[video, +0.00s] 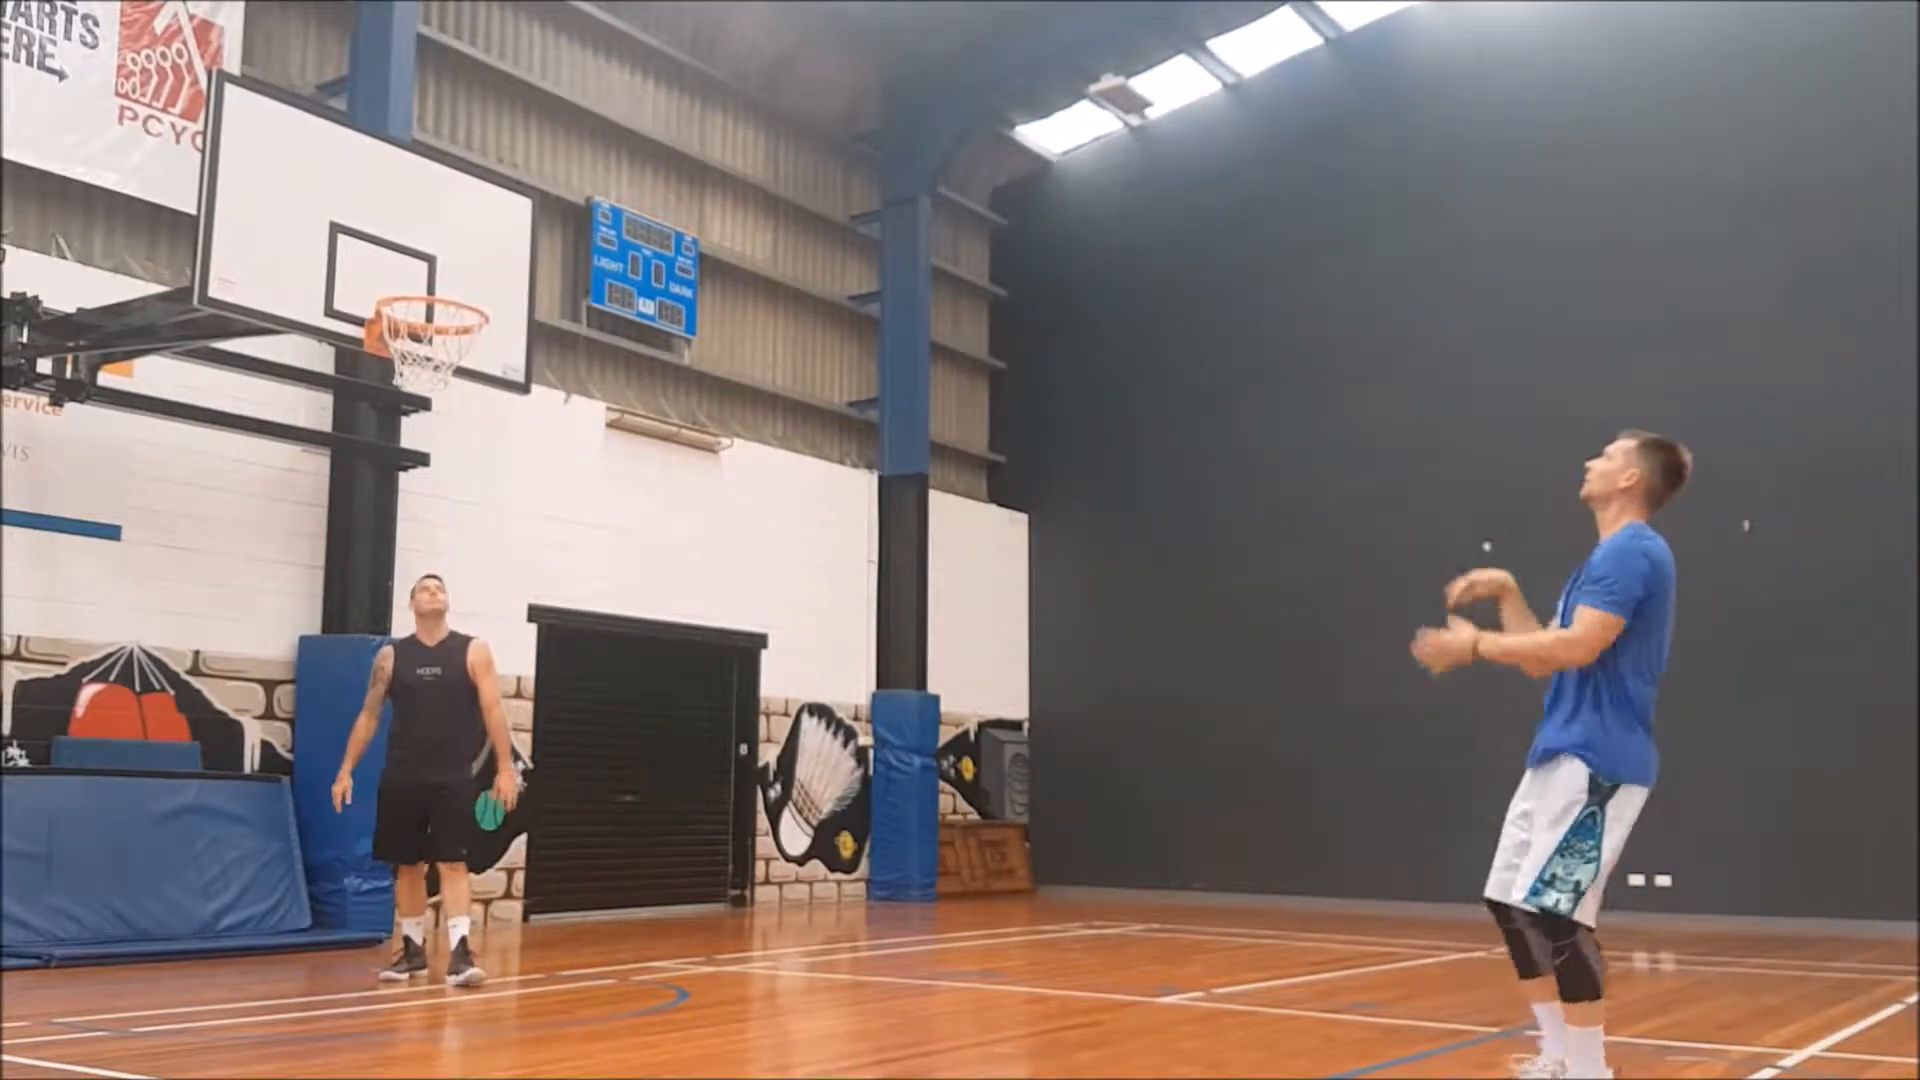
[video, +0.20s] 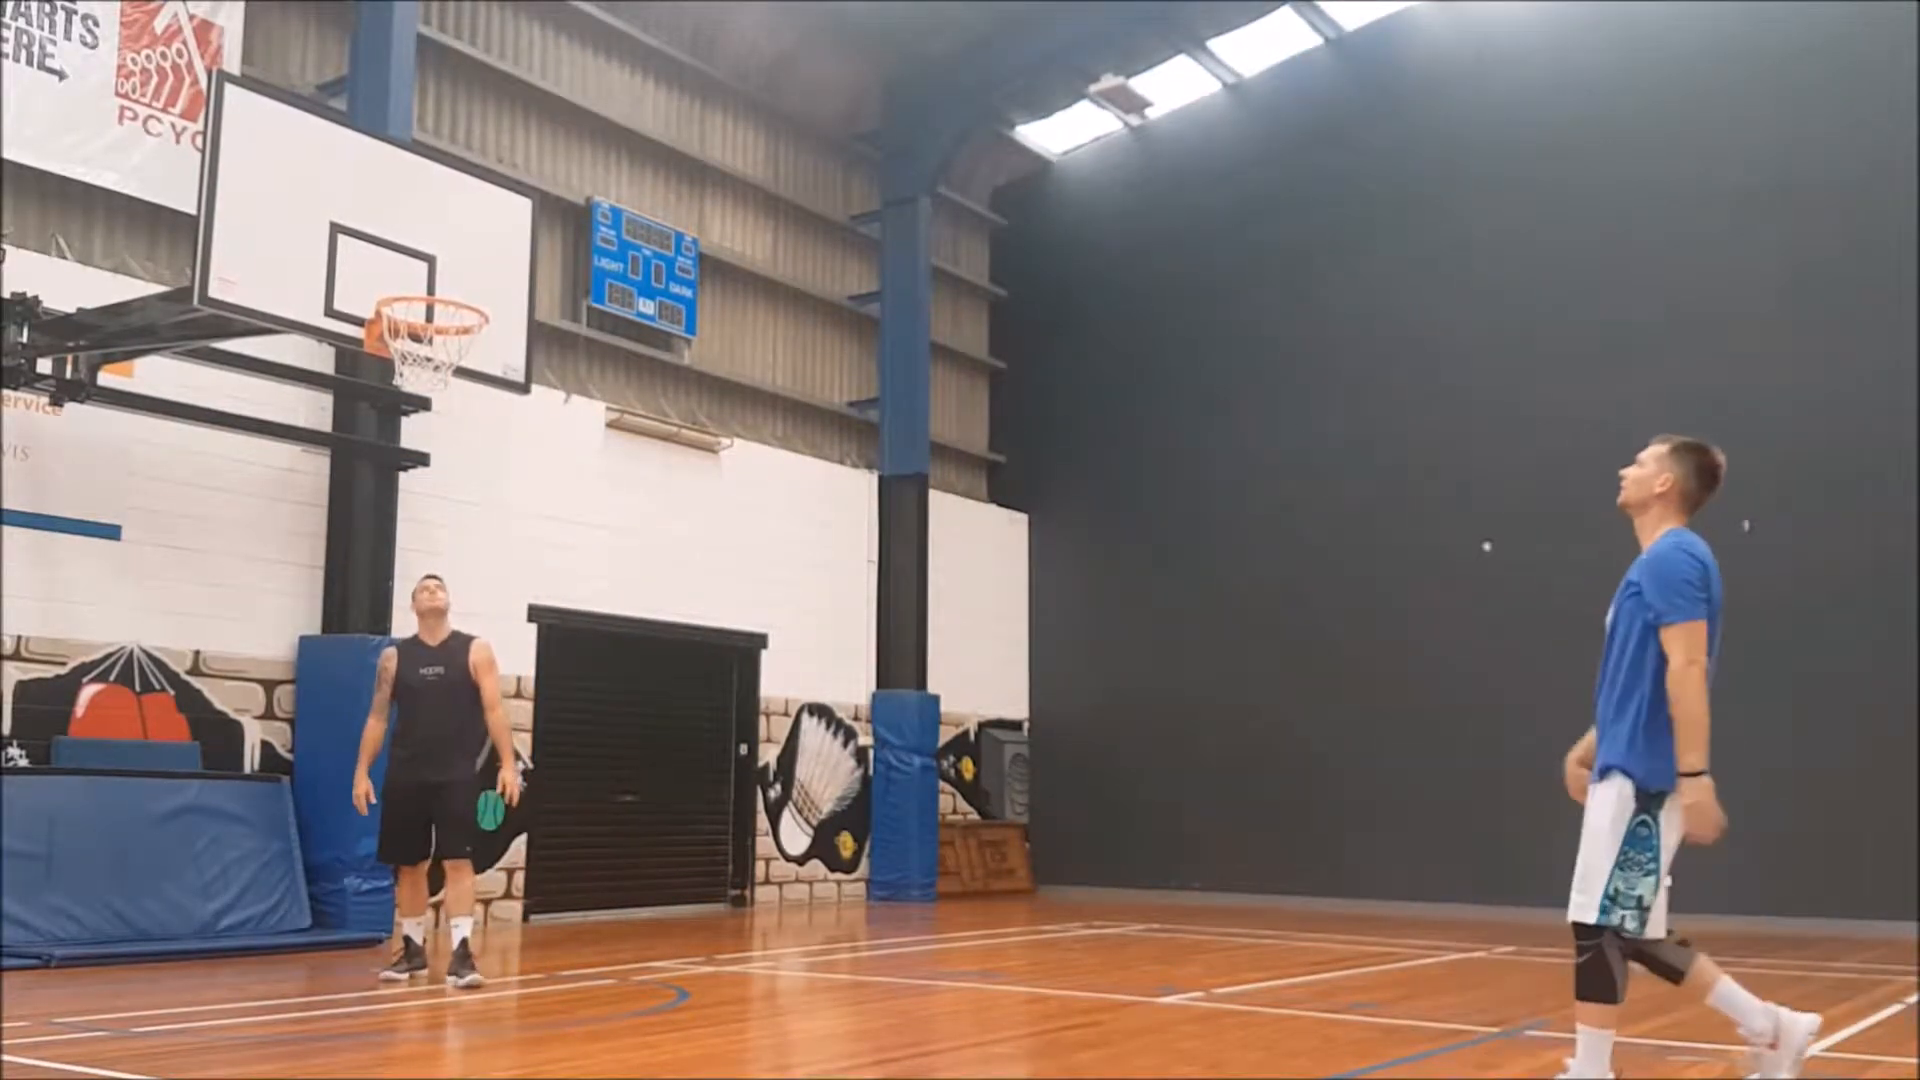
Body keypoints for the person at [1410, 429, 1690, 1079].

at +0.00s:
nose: (1590, 463)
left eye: (1603, 455)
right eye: (1598, 453)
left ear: (1629, 476)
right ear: (1625, 478)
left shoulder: (1634, 550)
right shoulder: (1601, 559)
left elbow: (1580, 646)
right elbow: (1543, 657)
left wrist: (1475, 643)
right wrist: (1509, 594)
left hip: (1603, 761)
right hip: (1560, 754)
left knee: (1551, 911)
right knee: (1509, 901)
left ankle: (1589, 1069)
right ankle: (1558, 1057)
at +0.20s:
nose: (1624, 470)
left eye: (1637, 462)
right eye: (1632, 460)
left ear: (1663, 482)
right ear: (1664, 485)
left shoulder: (1671, 557)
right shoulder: (1661, 558)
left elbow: (1686, 669)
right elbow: (1646, 681)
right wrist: (1587, 747)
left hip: (1638, 776)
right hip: (1639, 774)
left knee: (1595, 924)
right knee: (1637, 933)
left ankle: (1588, 1070)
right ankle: (1771, 1027)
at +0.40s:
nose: (1670, 482)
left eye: (1684, 473)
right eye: (1678, 472)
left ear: (1713, 492)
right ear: (1716, 495)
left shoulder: (1729, 558)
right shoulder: (1719, 562)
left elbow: (1786, 656)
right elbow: (1780, 661)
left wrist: (1826, 760)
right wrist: (1827, 762)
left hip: (1725, 785)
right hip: (1750, 785)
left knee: (1664, 929)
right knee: (1771, 937)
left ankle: (1608, 1068)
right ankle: (1868, 1066)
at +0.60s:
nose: (1722, 476)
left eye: (1735, 465)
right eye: (1729, 465)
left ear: (1766, 479)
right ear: (1774, 481)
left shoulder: (1783, 545)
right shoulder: (1806, 544)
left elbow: (1809, 648)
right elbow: (1822, 651)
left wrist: (1801, 757)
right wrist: (1802, 759)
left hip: (1799, 766)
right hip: (1838, 765)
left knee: (1735, 906)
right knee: (1822, 921)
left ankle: (1752, 1067)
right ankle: (1879, 1068)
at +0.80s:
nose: (1785, 468)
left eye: (1796, 457)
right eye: (1791, 457)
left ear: (1829, 469)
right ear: (1836, 472)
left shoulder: (1835, 536)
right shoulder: (1861, 537)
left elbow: (1810, 643)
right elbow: (1856, 666)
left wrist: (1741, 729)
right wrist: (1816, 757)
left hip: (1872, 766)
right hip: (1877, 763)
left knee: (1859, 925)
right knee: (1875, 926)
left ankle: (1883, 1068)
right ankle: (1883, 1065)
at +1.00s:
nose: (1845, 468)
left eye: (1857, 457)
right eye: (1851, 457)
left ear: (1892, 468)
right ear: (1896, 470)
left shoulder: (1892, 538)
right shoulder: (1903, 535)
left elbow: (1858, 646)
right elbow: (1872, 651)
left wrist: (1762, 707)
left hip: (1904, 777)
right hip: (1901, 774)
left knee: (1892, 930)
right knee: (1892, 929)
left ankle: (1889, 1069)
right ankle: (1889, 1066)